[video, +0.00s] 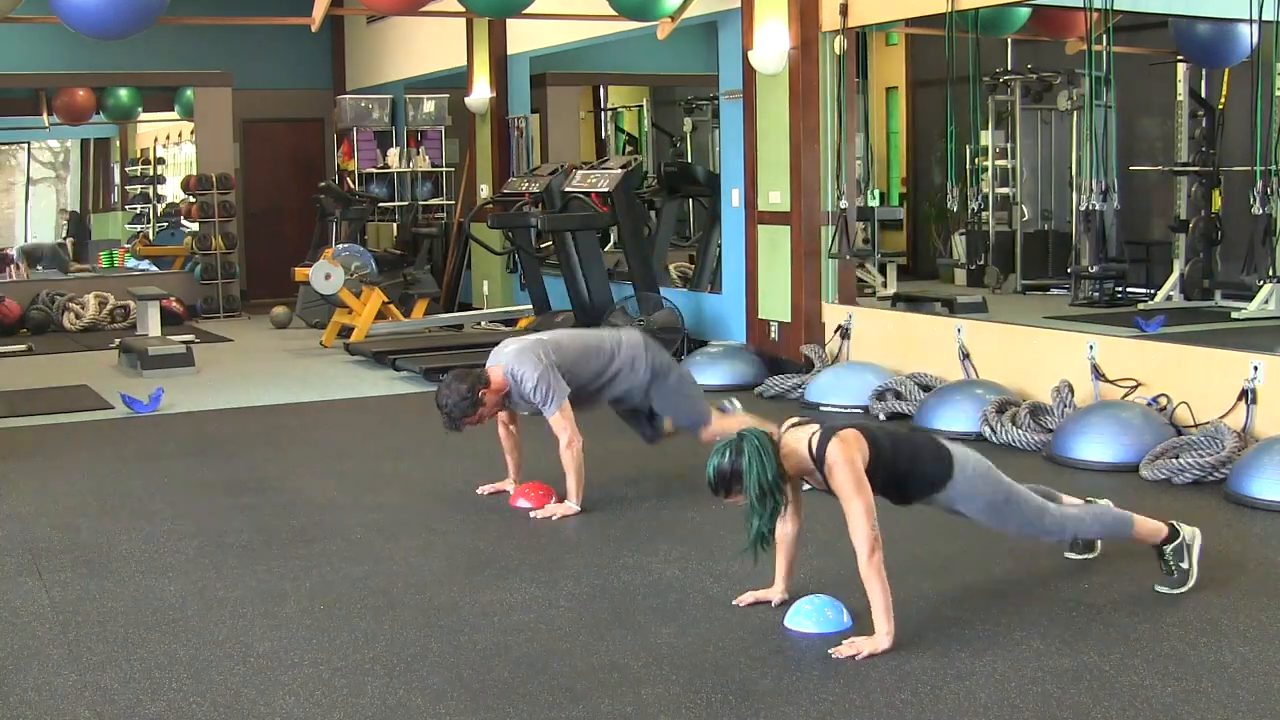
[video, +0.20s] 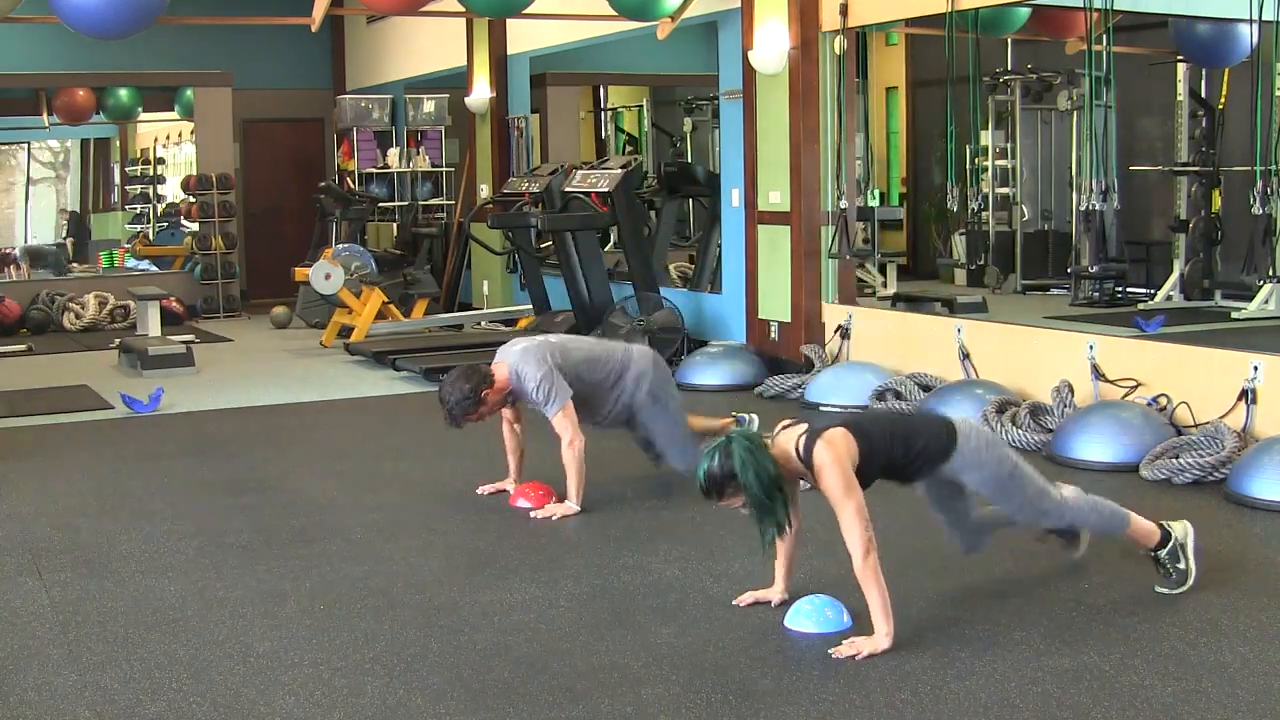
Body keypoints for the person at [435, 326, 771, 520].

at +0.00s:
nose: (487, 423)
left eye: (482, 418)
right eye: (481, 422)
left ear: (486, 396)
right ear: (480, 393)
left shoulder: (531, 371)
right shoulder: (494, 374)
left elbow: (570, 441)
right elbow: (507, 425)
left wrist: (574, 502)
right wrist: (514, 479)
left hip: (636, 356)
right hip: (610, 375)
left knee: (708, 428)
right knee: (657, 431)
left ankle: (782, 433)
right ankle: (725, 416)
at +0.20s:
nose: (485, 421)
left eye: (481, 416)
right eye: (480, 419)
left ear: (488, 397)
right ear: (482, 388)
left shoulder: (535, 371)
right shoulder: (500, 371)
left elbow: (573, 440)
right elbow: (511, 423)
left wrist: (574, 502)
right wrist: (514, 478)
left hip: (640, 374)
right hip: (618, 389)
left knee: (685, 458)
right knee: (661, 443)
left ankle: (756, 450)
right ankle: (735, 424)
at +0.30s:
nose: (477, 421)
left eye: (472, 418)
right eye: (471, 420)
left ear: (481, 399)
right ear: (478, 389)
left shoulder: (525, 371)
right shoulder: (496, 364)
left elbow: (567, 440)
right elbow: (508, 424)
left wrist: (574, 501)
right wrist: (513, 479)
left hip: (632, 358)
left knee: (649, 458)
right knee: (667, 404)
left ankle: (737, 445)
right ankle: (737, 415)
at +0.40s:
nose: (474, 419)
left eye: (469, 415)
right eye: (469, 417)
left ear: (479, 398)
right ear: (475, 388)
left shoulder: (521, 371)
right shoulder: (493, 363)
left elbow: (564, 439)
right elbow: (507, 424)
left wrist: (573, 501)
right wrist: (513, 479)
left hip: (625, 361)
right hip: (621, 336)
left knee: (606, 460)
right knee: (671, 404)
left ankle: (695, 447)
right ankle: (741, 419)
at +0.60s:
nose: (468, 413)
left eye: (463, 411)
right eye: (464, 411)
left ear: (470, 398)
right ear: (469, 385)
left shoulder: (519, 371)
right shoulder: (494, 362)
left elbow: (565, 439)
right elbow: (508, 424)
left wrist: (573, 503)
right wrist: (513, 480)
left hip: (621, 391)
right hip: (629, 372)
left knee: (553, 467)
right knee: (666, 434)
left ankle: (643, 464)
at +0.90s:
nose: (471, 418)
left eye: (465, 415)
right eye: (465, 417)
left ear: (472, 395)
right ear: (468, 386)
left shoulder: (518, 371)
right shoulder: (492, 367)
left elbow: (564, 438)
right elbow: (505, 424)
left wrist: (574, 501)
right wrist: (512, 478)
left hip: (621, 366)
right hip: (618, 352)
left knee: (597, 461)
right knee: (667, 414)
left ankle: (681, 433)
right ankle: (743, 423)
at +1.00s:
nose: (475, 420)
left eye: (469, 415)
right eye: (469, 419)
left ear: (473, 394)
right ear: (469, 388)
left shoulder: (518, 370)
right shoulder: (492, 368)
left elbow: (565, 438)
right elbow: (506, 424)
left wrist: (573, 502)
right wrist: (512, 479)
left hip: (621, 349)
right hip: (612, 333)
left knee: (638, 449)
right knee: (668, 394)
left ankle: (725, 422)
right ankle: (731, 406)